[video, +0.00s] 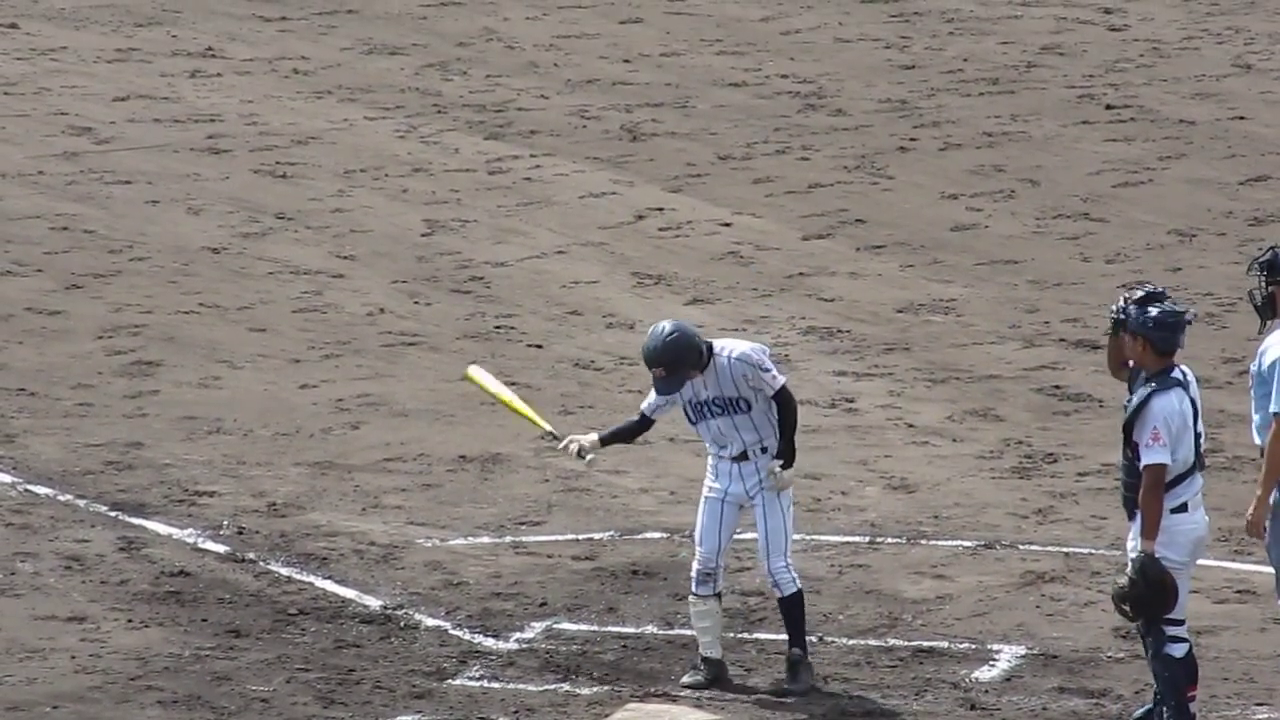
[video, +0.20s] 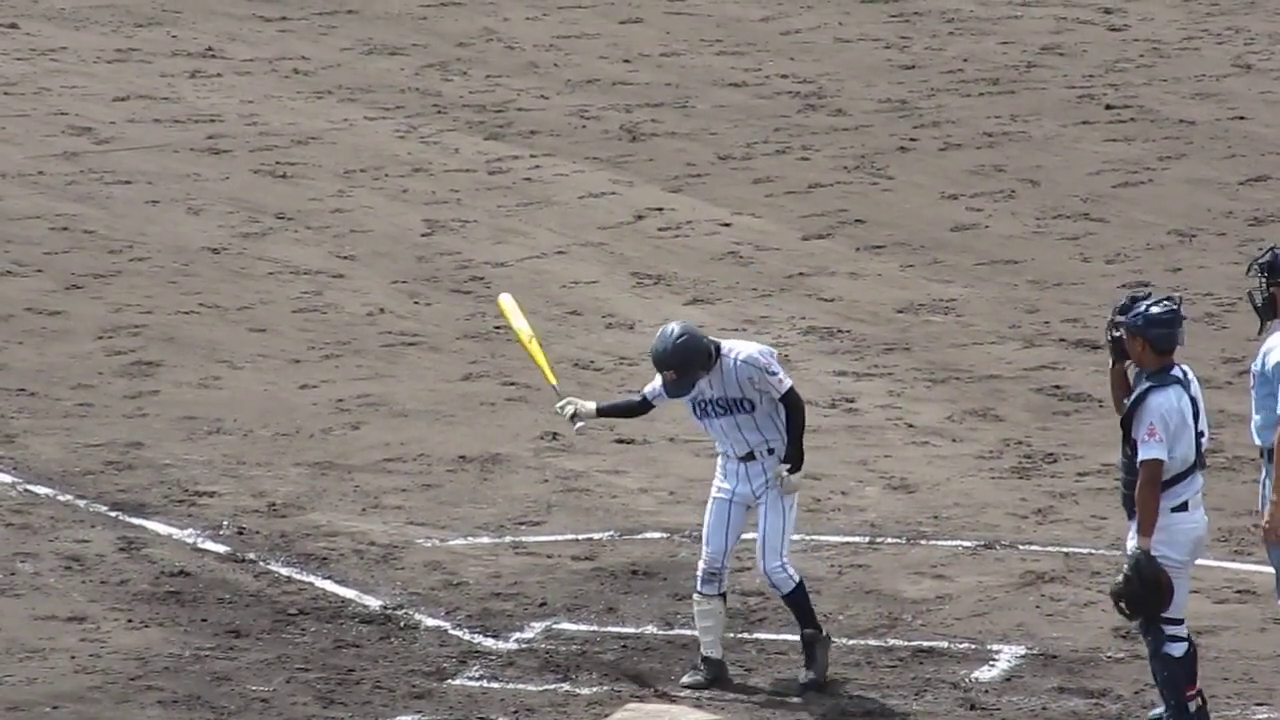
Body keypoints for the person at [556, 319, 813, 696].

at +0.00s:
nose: (667, 382)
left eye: (671, 375)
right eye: (662, 376)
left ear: (690, 360)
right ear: (663, 363)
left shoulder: (744, 358)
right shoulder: (673, 378)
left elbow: (787, 401)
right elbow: (641, 422)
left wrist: (784, 460)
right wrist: (596, 439)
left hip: (767, 467)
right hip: (721, 471)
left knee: (778, 567)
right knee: (705, 564)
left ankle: (799, 663)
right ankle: (711, 664)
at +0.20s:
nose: (671, 381)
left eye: (676, 373)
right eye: (667, 374)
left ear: (698, 361)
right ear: (675, 362)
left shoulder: (750, 361)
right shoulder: (682, 373)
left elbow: (794, 403)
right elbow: (642, 403)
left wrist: (792, 464)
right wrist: (592, 408)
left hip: (774, 468)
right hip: (730, 471)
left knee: (774, 566)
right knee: (711, 566)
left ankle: (814, 641)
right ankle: (712, 663)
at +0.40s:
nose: (701, 382)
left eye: (708, 376)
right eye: (698, 374)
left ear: (732, 365)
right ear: (696, 363)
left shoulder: (780, 367)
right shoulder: (700, 374)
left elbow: (816, 412)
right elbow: (668, 414)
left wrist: (812, 472)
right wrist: (621, 437)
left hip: (788, 474)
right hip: (743, 475)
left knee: (789, 575)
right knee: (716, 568)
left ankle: (811, 665)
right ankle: (711, 662)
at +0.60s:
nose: (750, 385)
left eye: (758, 378)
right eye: (745, 376)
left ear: (779, 364)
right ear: (737, 361)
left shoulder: (814, 371)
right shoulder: (728, 373)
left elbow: (839, 415)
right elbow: (723, 431)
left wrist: (843, 475)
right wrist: (708, 483)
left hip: (800, 476)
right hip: (750, 474)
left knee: (800, 572)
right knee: (725, 565)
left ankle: (811, 667)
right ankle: (712, 661)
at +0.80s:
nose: (779, 369)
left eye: (787, 364)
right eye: (774, 362)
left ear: (805, 356)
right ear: (764, 352)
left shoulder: (831, 367)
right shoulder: (746, 370)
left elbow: (848, 414)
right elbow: (754, 431)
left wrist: (861, 472)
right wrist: (767, 487)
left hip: (798, 470)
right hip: (748, 468)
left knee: (801, 567)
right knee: (717, 561)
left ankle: (813, 665)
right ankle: (719, 642)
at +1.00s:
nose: (783, 370)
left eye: (791, 365)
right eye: (777, 363)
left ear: (808, 354)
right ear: (767, 353)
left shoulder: (829, 361)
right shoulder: (748, 372)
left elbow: (842, 409)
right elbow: (779, 426)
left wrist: (856, 464)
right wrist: (826, 460)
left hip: (796, 473)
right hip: (745, 468)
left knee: (801, 569)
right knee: (708, 567)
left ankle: (813, 665)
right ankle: (704, 639)